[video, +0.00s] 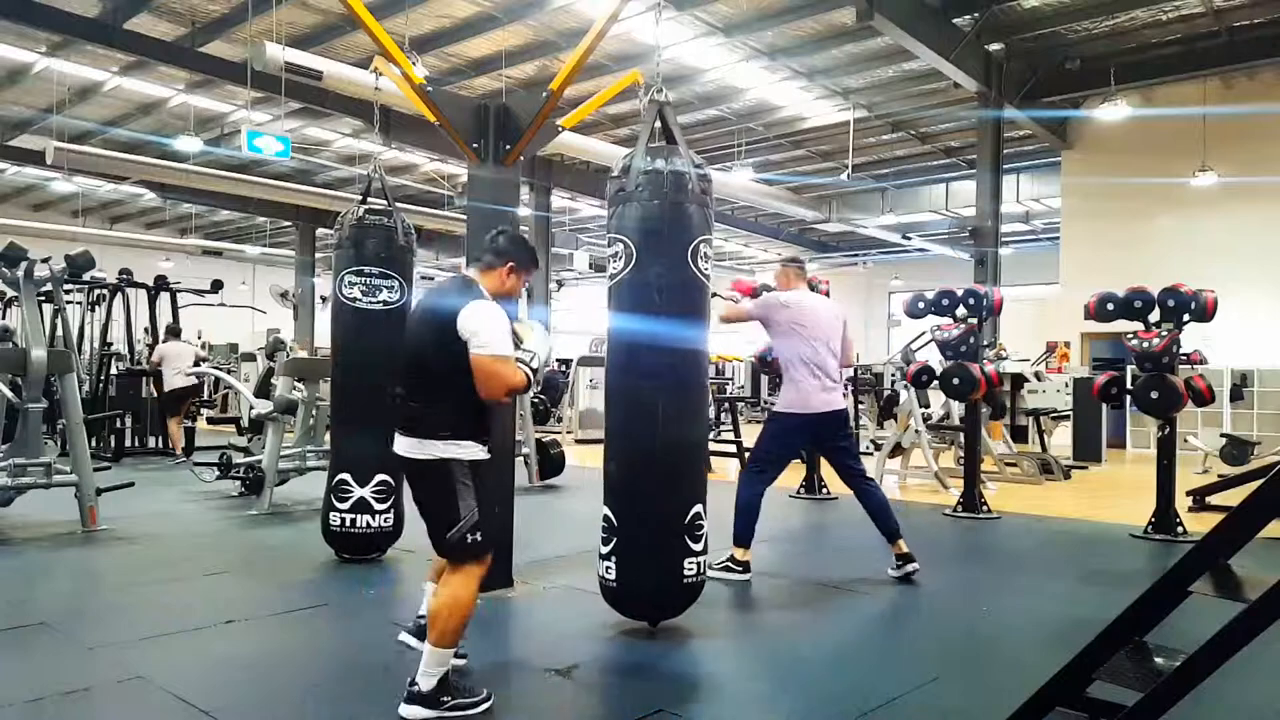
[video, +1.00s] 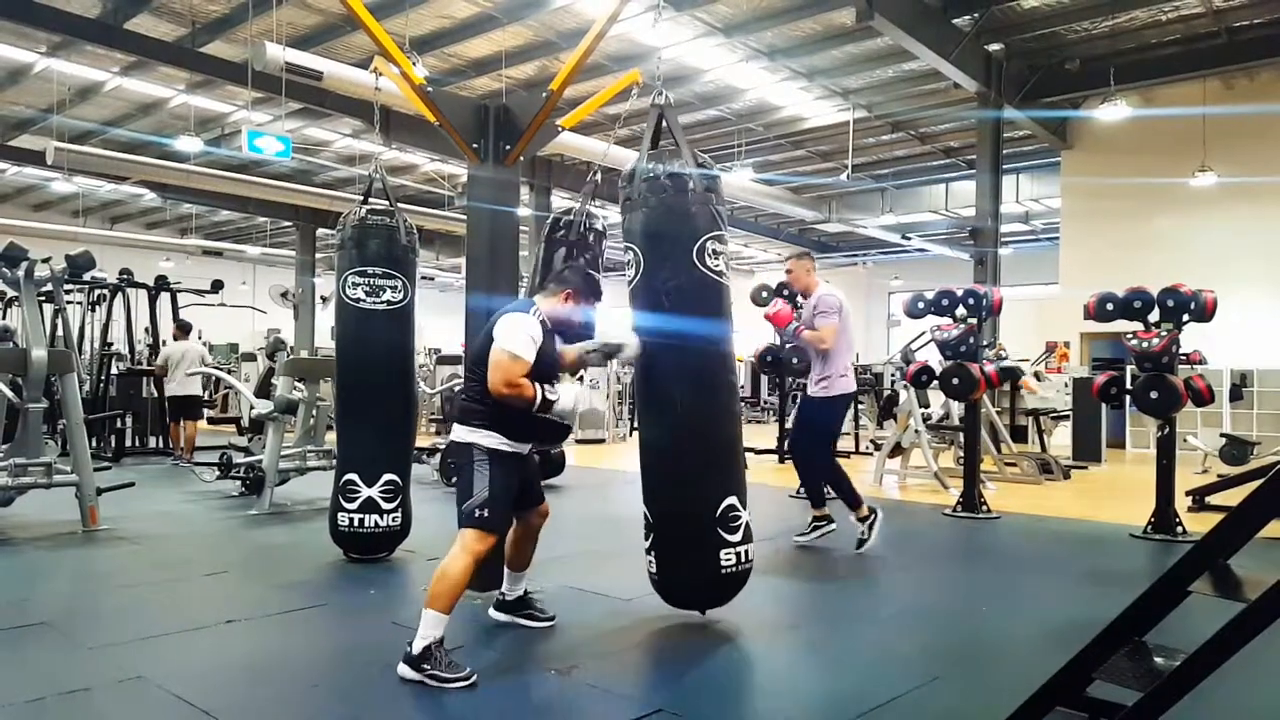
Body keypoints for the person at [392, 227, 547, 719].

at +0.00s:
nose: (521, 293)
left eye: (523, 284)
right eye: (523, 283)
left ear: (486, 262)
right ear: (508, 270)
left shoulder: (438, 295)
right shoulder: (481, 309)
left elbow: (448, 369)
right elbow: (495, 385)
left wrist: (510, 363)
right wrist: (530, 370)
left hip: (420, 445)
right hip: (448, 450)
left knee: (456, 545)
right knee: (471, 560)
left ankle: (427, 620)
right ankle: (429, 685)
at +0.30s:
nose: (559, 324)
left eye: (563, 316)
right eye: (561, 314)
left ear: (532, 295)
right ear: (550, 303)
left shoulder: (498, 314)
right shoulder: (515, 321)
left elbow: (499, 381)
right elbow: (477, 370)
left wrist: (541, 375)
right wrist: (520, 413)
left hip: (463, 445)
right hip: (468, 448)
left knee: (481, 544)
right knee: (479, 558)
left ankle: (480, 621)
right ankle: (428, 680)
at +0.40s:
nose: (563, 316)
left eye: (563, 311)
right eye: (564, 310)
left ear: (525, 289)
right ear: (554, 301)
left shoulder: (473, 314)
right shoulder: (543, 316)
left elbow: (450, 376)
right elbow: (593, 363)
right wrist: (623, 358)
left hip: (444, 439)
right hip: (483, 444)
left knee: (481, 534)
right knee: (476, 552)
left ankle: (479, 620)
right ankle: (429, 673)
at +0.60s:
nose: (578, 322)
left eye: (580, 317)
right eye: (579, 316)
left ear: (547, 293)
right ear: (570, 302)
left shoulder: (504, 310)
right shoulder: (552, 313)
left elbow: (497, 375)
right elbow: (564, 369)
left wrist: (540, 409)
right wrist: (586, 400)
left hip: (478, 429)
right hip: (489, 432)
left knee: (507, 522)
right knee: (481, 536)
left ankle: (481, 620)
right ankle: (442, 656)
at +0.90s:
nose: (575, 325)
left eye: (579, 319)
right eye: (578, 316)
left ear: (560, 296)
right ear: (565, 298)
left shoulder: (528, 322)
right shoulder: (523, 319)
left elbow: (520, 385)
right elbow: (521, 385)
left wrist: (559, 381)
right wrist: (562, 377)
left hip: (509, 448)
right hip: (478, 445)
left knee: (542, 512)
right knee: (475, 542)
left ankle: (504, 593)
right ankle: (419, 652)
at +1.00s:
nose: (581, 324)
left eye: (586, 317)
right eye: (584, 314)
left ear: (562, 297)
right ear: (567, 298)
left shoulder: (540, 328)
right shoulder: (521, 321)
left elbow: (558, 360)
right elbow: (504, 384)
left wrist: (600, 351)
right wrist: (559, 398)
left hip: (513, 447)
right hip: (483, 443)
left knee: (534, 515)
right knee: (477, 540)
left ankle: (510, 597)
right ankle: (422, 649)